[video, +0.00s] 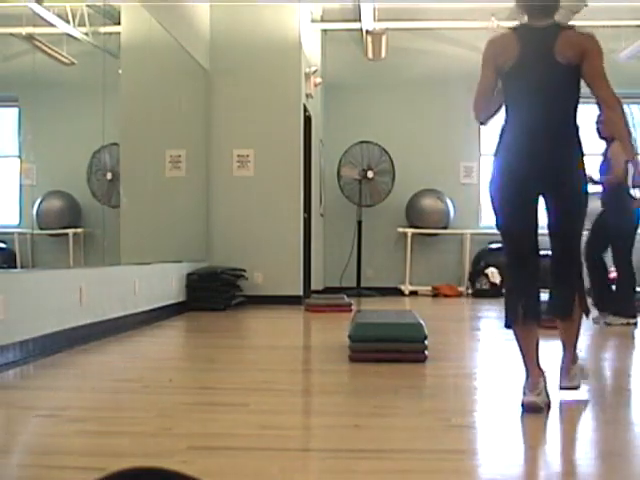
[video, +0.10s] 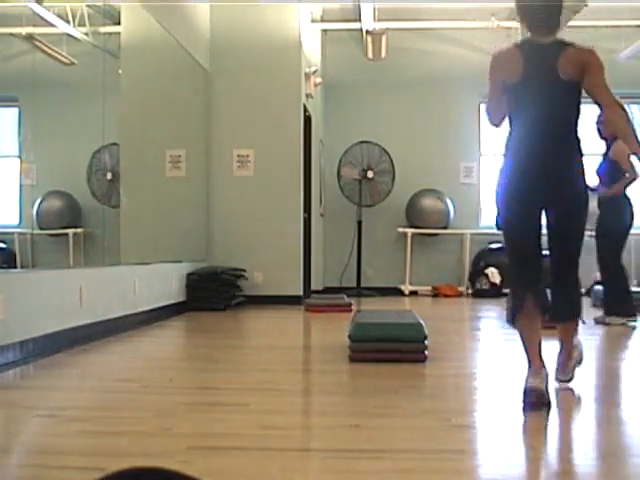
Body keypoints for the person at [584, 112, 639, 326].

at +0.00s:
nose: (598, 126)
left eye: (602, 122)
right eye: (598, 122)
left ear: (614, 125)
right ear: (610, 126)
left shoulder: (615, 147)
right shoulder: (618, 147)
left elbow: (618, 176)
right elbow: (617, 179)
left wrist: (595, 180)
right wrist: (595, 179)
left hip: (615, 209)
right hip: (623, 208)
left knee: (593, 251)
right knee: (622, 258)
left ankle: (605, 304)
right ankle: (625, 308)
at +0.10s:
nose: (599, 127)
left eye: (602, 123)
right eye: (598, 123)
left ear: (614, 125)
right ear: (603, 126)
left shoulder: (618, 147)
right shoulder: (610, 148)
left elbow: (631, 173)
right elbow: (613, 176)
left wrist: (613, 190)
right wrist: (599, 186)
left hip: (616, 205)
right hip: (608, 204)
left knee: (610, 258)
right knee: (607, 258)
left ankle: (621, 310)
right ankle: (615, 308)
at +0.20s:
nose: (596, 128)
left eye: (600, 124)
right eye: (595, 124)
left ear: (612, 127)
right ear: (596, 127)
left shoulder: (617, 147)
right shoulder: (602, 150)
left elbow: (638, 166)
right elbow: (599, 175)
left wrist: (629, 188)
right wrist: (586, 181)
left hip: (620, 205)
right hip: (611, 204)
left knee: (593, 248)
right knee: (608, 253)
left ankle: (611, 299)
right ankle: (615, 300)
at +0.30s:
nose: (601, 130)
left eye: (605, 126)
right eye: (600, 126)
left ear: (613, 128)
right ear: (606, 129)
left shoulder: (612, 149)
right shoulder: (598, 151)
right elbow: (581, 173)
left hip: (618, 208)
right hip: (616, 208)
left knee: (588, 240)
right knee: (610, 255)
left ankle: (601, 291)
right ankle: (616, 305)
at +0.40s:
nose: (604, 125)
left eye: (609, 122)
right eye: (602, 121)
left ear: (618, 128)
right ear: (598, 125)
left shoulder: (618, 146)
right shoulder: (602, 148)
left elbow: (639, 158)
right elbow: (599, 172)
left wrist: (630, 187)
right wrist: (587, 179)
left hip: (615, 204)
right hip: (607, 203)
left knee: (590, 251)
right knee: (611, 253)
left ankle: (608, 304)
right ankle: (618, 303)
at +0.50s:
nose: (608, 128)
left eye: (612, 124)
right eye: (605, 125)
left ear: (621, 128)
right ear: (602, 129)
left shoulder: (619, 148)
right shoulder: (606, 151)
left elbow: (635, 172)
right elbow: (605, 177)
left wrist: (616, 186)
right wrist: (595, 191)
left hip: (611, 206)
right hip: (603, 205)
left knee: (604, 259)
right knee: (603, 259)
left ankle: (615, 311)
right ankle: (614, 309)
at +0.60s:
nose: (603, 128)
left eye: (607, 124)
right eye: (600, 124)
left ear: (616, 127)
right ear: (597, 129)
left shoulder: (616, 147)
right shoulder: (606, 149)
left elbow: (616, 177)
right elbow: (608, 179)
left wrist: (591, 177)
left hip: (617, 207)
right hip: (607, 206)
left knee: (609, 258)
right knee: (585, 252)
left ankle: (616, 310)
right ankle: (606, 300)